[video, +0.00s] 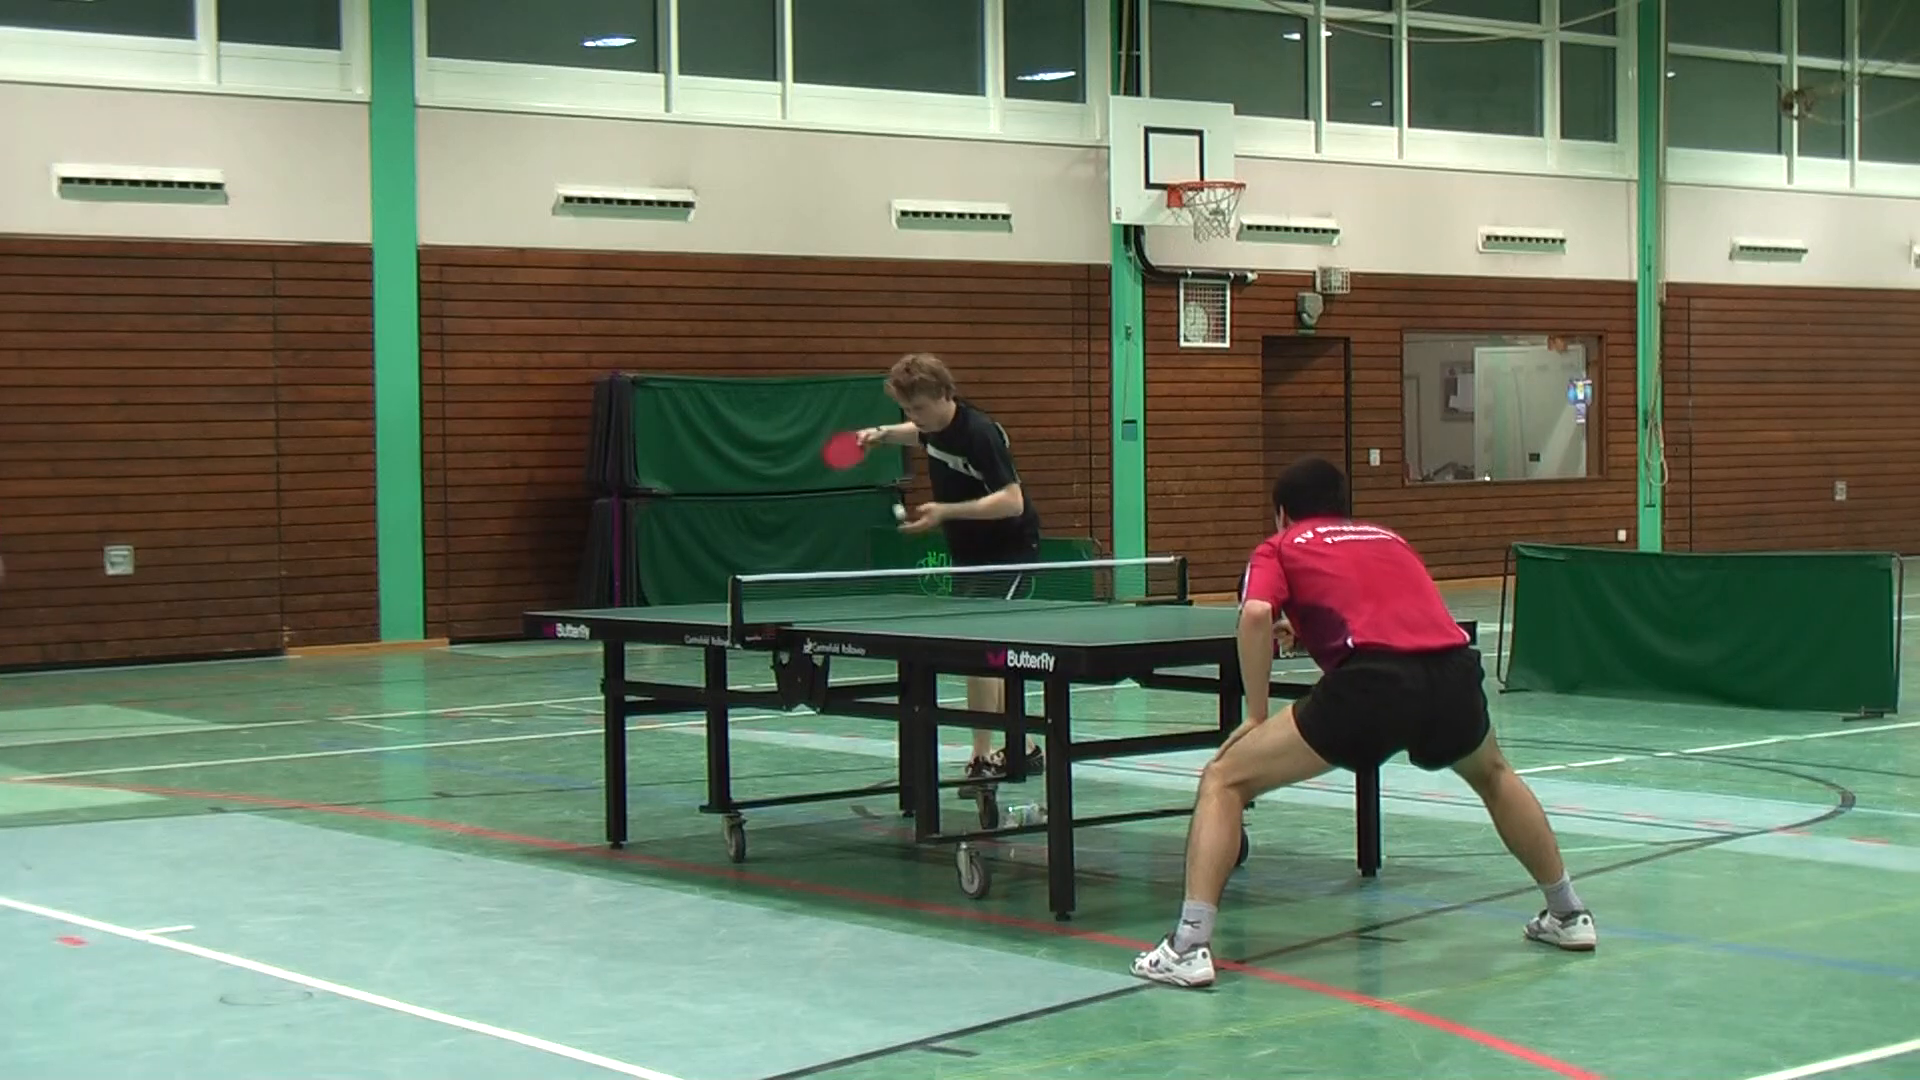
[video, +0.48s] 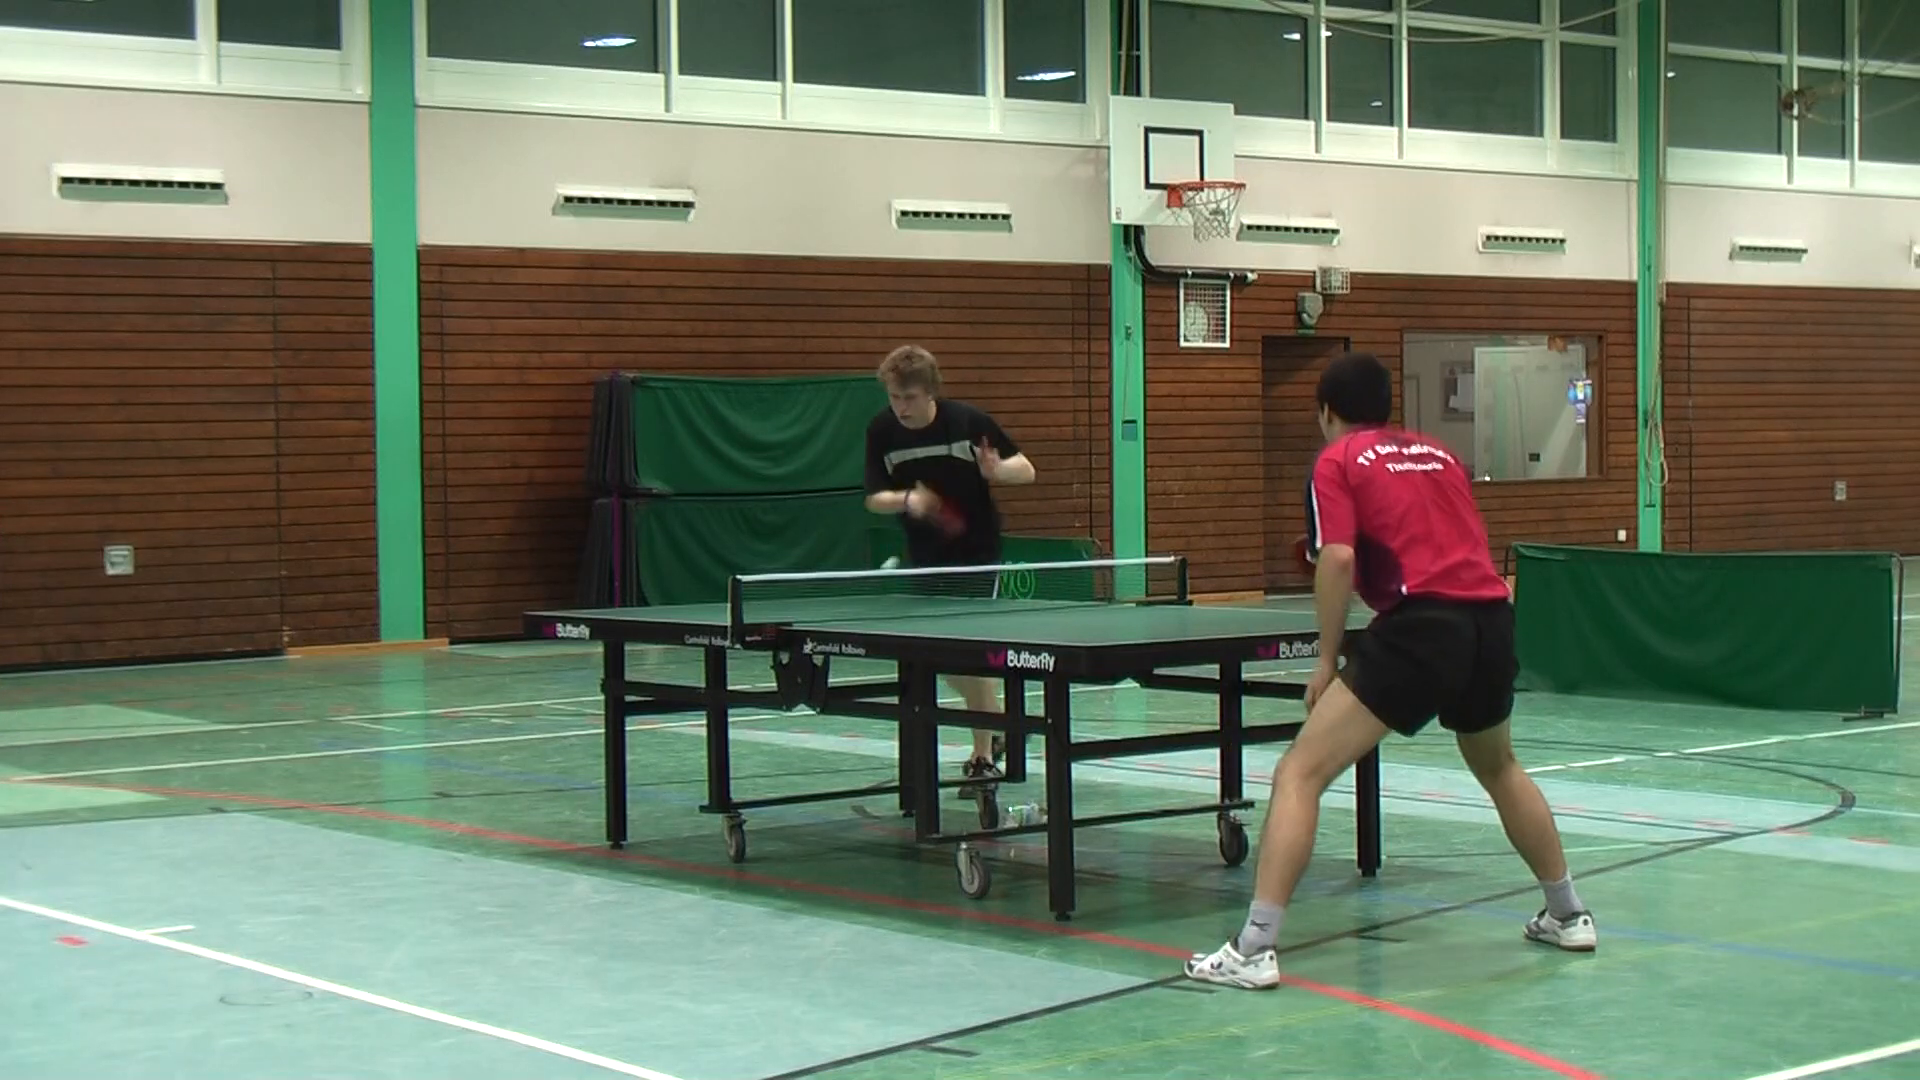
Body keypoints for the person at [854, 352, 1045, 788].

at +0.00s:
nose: (910, 417)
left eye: (914, 409)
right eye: (907, 410)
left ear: (942, 397)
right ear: (920, 406)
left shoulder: (980, 433)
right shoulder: (934, 426)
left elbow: (1013, 502)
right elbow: (916, 432)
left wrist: (945, 511)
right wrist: (881, 434)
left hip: (1006, 558)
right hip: (970, 555)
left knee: (978, 652)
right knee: (991, 652)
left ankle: (982, 755)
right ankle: (1020, 747)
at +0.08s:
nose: (903, 414)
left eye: (907, 407)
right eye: (900, 408)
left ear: (935, 396)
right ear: (913, 405)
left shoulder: (979, 431)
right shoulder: (925, 425)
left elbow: (1020, 496)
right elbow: (908, 430)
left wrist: (958, 514)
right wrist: (868, 432)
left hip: (1006, 554)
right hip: (968, 552)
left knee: (976, 651)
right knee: (988, 650)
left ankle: (982, 754)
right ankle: (1020, 745)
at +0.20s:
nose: (894, 415)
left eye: (900, 406)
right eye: (891, 407)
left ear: (927, 398)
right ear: (897, 404)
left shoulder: (977, 432)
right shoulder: (910, 432)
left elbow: (1027, 487)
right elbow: (887, 452)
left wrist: (988, 526)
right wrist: (838, 453)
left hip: (1002, 558)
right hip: (959, 557)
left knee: (979, 652)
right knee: (983, 652)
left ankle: (982, 756)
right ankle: (1018, 745)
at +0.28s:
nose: (891, 415)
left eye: (896, 406)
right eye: (887, 407)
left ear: (924, 399)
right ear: (893, 404)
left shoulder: (975, 430)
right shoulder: (899, 438)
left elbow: (1029, 483)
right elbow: (876, 480)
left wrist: (998, 523)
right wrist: (825, 484)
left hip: (996, 560)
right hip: (954, 561)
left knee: (979, 655)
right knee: (981, 656)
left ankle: (983, 756)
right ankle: (1016, 747)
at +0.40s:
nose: (893, 410)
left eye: (900, 402)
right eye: (889, 401)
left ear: (926, 395)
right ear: (888, 397)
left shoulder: (970, 425)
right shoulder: (888, 438)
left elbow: (1027, 473)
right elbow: (883, 503)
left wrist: (1005, 490)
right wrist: (872, 527)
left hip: (986, 558)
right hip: (938, 561)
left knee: (976, 653)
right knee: (978, 654)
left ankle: (982, 755)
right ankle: (998, 744)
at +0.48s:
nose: (900, 407)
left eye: (908, 398)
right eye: (893, 397)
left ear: (931, 393)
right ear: (887, 393)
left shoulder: (969, 421)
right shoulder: (881, 431)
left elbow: (1026, 469)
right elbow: (874, 499)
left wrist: (999, 470)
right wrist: (906, 499)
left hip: (977, 557)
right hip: (925, 561)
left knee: (968, 653)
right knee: (937, 652)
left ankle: (982, 752)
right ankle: (996, 720)